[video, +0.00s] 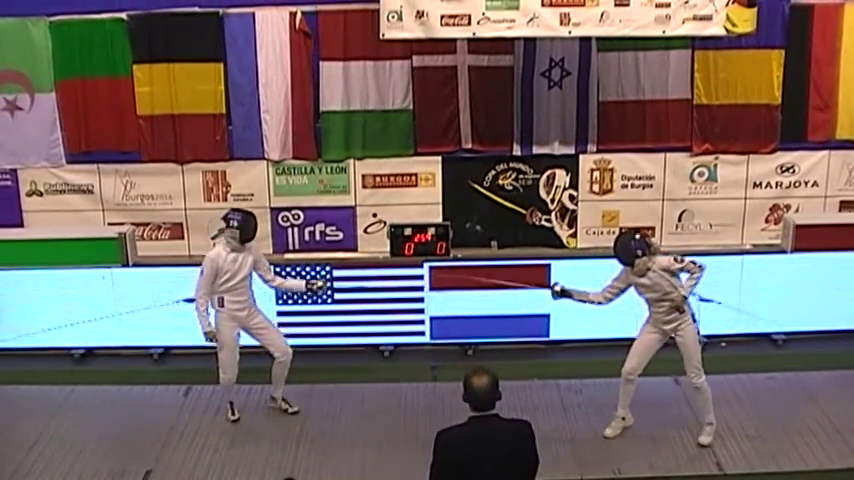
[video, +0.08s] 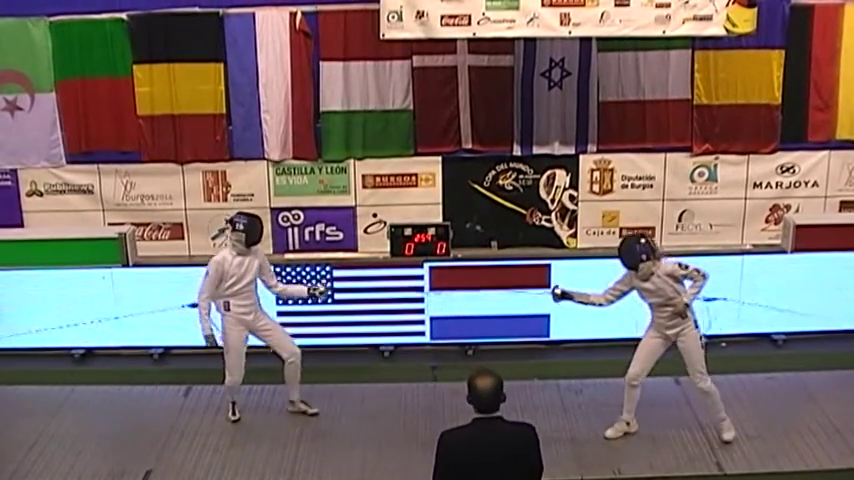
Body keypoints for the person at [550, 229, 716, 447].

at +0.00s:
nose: (634, 269)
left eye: (635, 264)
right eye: (630, 266)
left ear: (642, 255)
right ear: (627, 263)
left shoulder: (663, 262)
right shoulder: (628, 275)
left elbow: (697, 269)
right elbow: (603, 297)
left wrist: (684, 293)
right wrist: (567, 293)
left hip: (683, 322)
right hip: (656, 325)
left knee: (696, 377)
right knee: (629, 372)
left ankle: (709, 424)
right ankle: (622, 416)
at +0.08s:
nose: (643, 272)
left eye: (644, 266)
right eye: (638, 269)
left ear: (650, 258)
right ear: (632, 267)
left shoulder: (668, 268)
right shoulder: (631, 278)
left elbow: (701, 276)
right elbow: (604, 299)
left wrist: (687, 299)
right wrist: (568, 296)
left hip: (684, 327)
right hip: (658, 329)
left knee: (701, 380)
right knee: (633, 377)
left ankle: (724, 423)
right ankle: (627, 421)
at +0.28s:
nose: (662, 283)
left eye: (663, 279)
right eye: (659, 280)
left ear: (670, 272)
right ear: (656, 278)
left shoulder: (689, 282)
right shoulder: (654, 291)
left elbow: (723, 291)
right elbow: (629, 314)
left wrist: (708, 314)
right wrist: (598, 304)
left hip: (705, 342)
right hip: (677, 342)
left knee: (719, 395)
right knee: (642, 382)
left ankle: (743, 420)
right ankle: (629, 422)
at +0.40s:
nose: (674, 276)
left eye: (676, 270)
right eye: (669, 273)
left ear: (683, 262)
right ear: (665, 270)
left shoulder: (701, 271)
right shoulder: (668, 283)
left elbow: (737, 273)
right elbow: (643, 308)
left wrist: (725, 300)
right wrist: (610, 302)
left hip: (722, 330)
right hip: (695, 332)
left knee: (734, 384)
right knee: (664, 376)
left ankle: (745, 421)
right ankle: (641, 420)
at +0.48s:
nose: (677, 273)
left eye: (679, 268)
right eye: (674, 270)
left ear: (688, 259)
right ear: (672, 267)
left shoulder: (707, 266)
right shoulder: (673, 280)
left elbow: (742, 269)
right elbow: (647, 303)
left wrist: (731, 295)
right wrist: (613, 300)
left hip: (728, 325)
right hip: (702, 327)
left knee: (741, 378)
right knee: (673, 372)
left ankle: (752, 420)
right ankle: (667, 420)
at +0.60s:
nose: (690, 275)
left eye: (690, 270)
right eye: (686, 272)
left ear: (698, 263)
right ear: (683, 270)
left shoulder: (718, 273)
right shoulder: (682, 283)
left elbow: (750, 282)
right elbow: (657, 307)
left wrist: (738, 304)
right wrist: (624, 302)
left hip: (735, 331)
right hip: (709, 332)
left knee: (752, 384)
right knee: (679, 375)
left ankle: (776, 416)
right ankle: (671, 420)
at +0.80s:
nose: (714, 280)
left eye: (716, 275)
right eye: (710, 276)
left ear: (726, 268)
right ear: (708, 274)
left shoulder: (743, 277)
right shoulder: (709, 288)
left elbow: (777, 283)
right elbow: (683, 310)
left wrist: (765, 307)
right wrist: (650, 305)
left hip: (760, 337)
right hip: (732, 336)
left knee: (766, 390)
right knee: (698, 379)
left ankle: (786, 419)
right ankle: (674, 420)